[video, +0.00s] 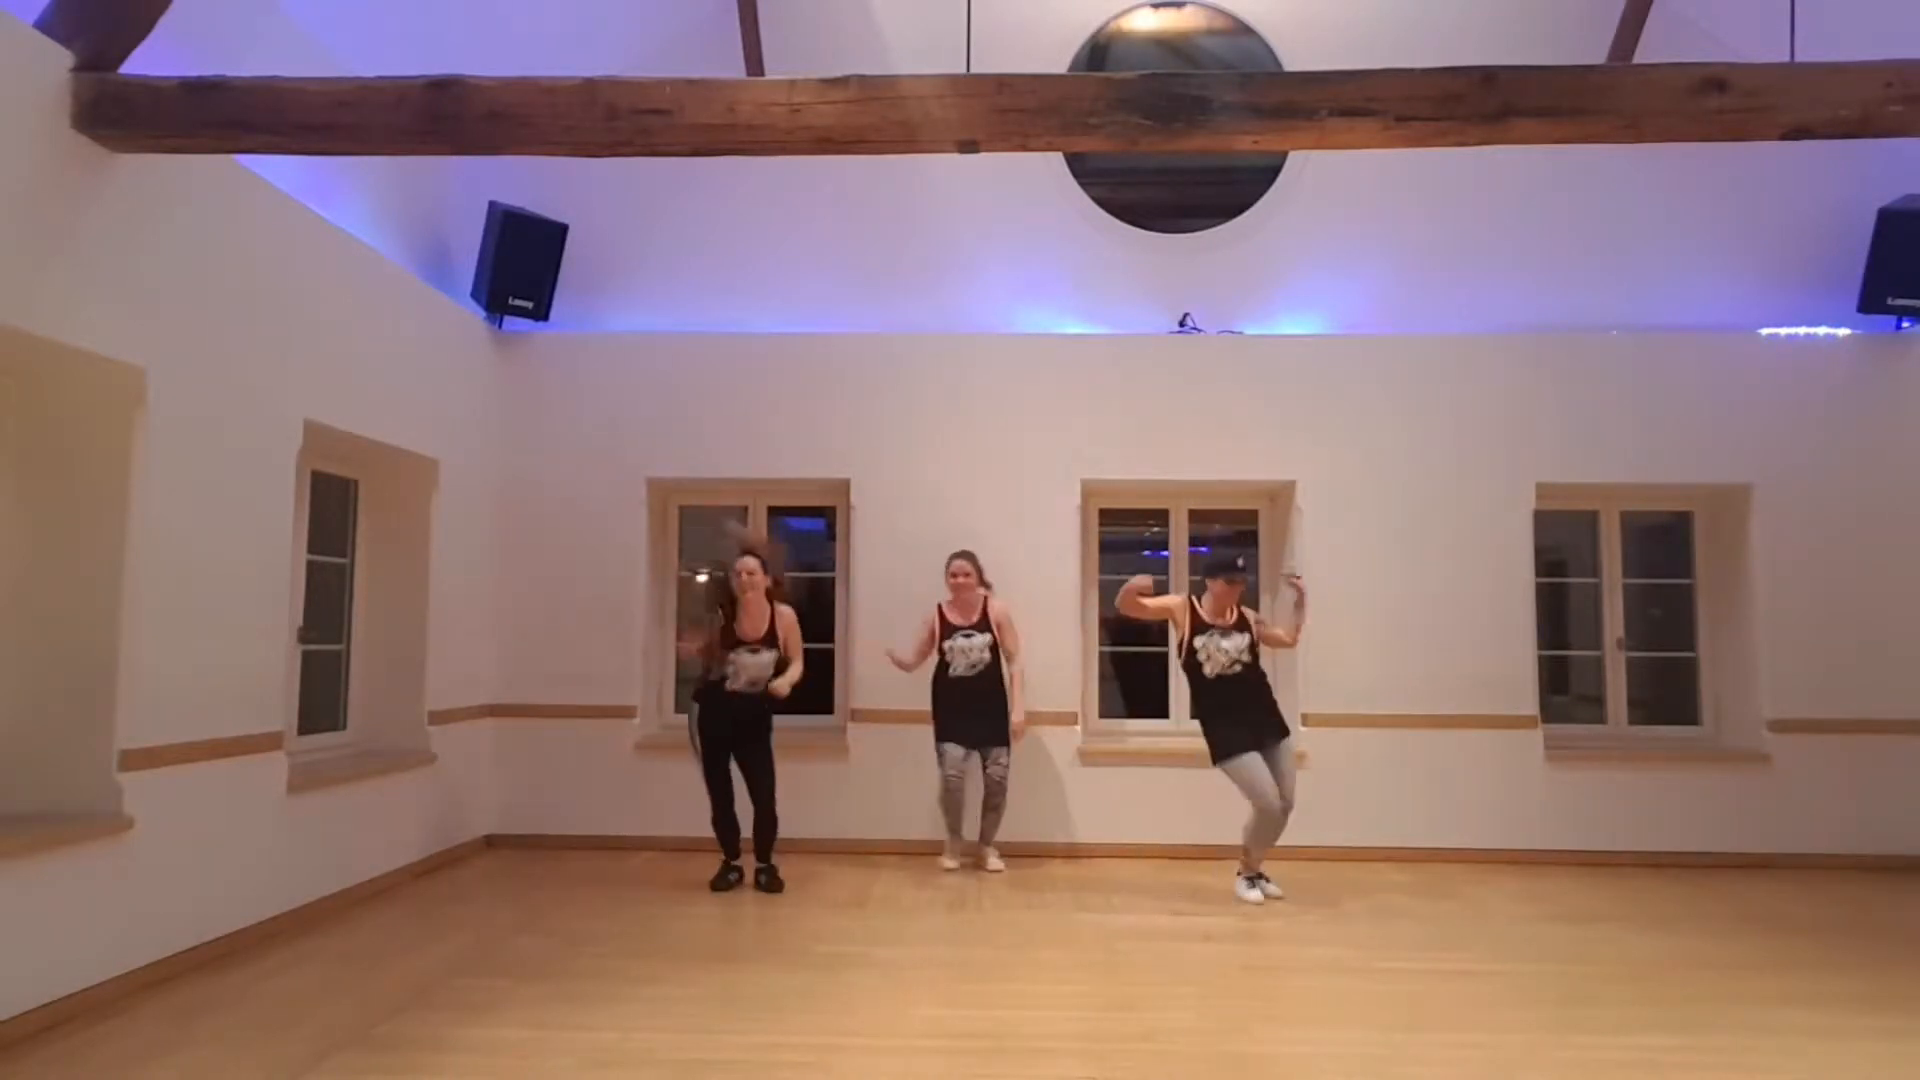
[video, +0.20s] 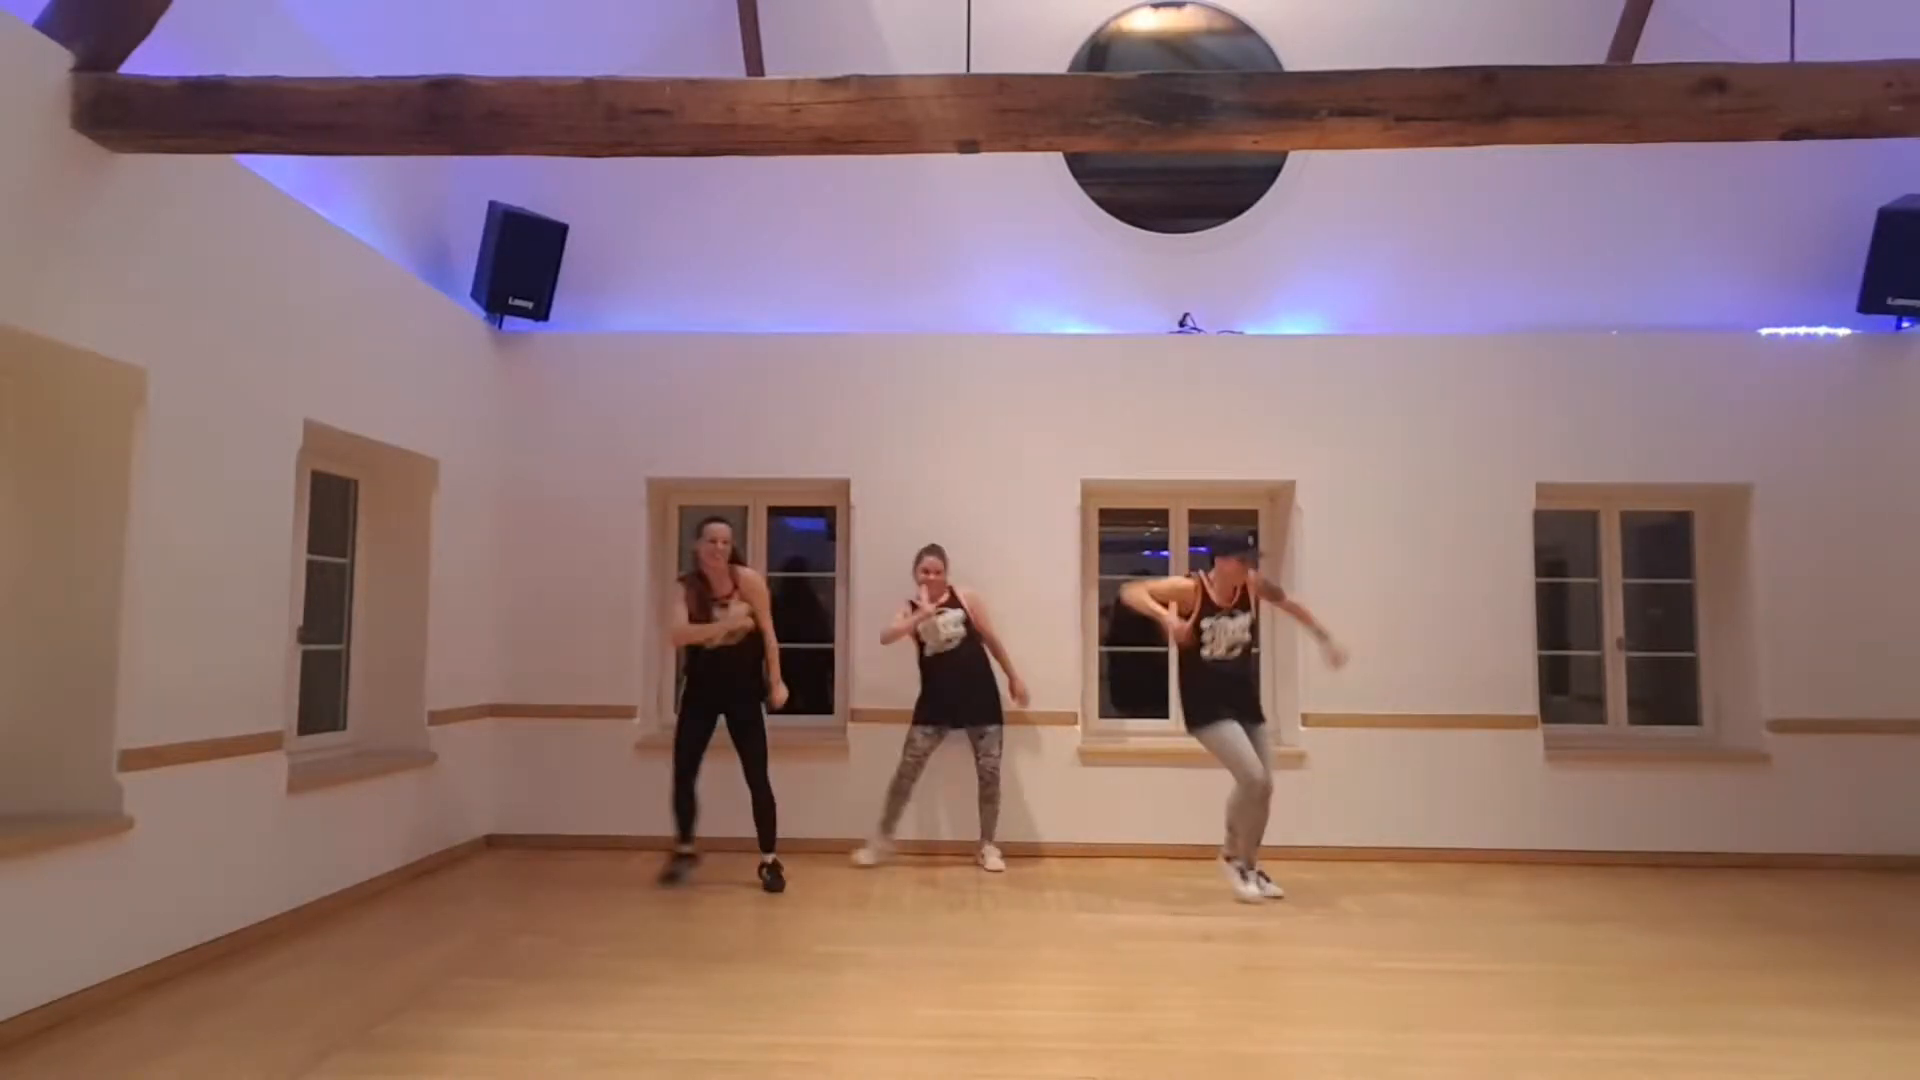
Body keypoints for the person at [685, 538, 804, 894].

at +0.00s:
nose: (745, 579)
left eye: (752, 573)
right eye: (739, 574)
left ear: (767, 579)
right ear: (732, 581)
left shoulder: (783, 616)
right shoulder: (723, 614)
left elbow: (796, 662)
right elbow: (711, 657)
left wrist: (784, 681)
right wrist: (695, 651)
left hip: (754, 711)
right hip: (716, 711)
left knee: (763, 794)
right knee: (720, 794)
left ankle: (764, 866)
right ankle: (731, 863)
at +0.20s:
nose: (718, 548)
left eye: (724, 542)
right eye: (711, 541)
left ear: (732, 548)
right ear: (697, 546)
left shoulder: (750, 581)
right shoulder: (685, 586)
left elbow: (768, 631)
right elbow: (678, 634)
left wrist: (776, 680)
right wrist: (726, 626)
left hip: (744, 690)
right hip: (701, 690)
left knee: (757, 776)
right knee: (684, 770)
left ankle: (769, 858)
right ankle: (684, 850)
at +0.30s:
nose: (698, 556)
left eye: (703, 549)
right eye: (690, 549)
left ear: (710, 554)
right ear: (671, 554)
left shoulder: (728, 584)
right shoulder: (662, 594)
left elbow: (755, 624)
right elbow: (691, 626)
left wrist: (773, 672)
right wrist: (734, 610)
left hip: (739, 695)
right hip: (695, 697)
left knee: (755, 776)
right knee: (661, 771)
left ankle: (770, 859)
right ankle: (636, 853)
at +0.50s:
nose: (665, 590)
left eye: (668, 584)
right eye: (657, 584)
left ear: (673, 590)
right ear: (634, 590)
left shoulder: (686, 621)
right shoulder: (620, 628)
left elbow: (723, 659)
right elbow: (644, 641)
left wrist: (756, 691)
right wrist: (706, 629)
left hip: (705, 730)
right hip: (660, 734)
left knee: (739, 799)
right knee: (617, 800)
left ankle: (764, 865)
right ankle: (602, 865)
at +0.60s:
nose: (653, 580)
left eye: (654, 574)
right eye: (645, 574)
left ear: (655, 579)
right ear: (623, 580)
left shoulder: (672, 615)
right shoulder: (606, 620)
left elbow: (706, 654)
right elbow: (623, 644)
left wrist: (732, 693)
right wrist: (676, 639)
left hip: (686, 721)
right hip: (642, 726)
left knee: (721, 792)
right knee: (609, 798)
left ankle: (759, 862)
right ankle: (602, 865)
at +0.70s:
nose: (650, 562)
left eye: (651, 556)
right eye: (642, 556)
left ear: (651, 561)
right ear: (619, 561)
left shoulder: (666, 597)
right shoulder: (600, 602)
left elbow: (701, 636)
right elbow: (597, 640)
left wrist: (721, 678)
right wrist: (628, 663)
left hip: (672, 702)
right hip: (629, 706)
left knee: (705, 779)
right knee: (610, 789)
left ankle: (745, 856)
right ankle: (603, 864)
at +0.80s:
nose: (652, 550)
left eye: (653, 544)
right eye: (645, 545)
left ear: (653, 548)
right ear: (623, 549)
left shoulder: (666, 585)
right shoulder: (596, 592)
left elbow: (704, 614)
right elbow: (555, 627)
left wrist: (712, 661)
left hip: (665, 694)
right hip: (621, 696)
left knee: (689, 772)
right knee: (609, 782)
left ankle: (708, 852)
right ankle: (603, 863)